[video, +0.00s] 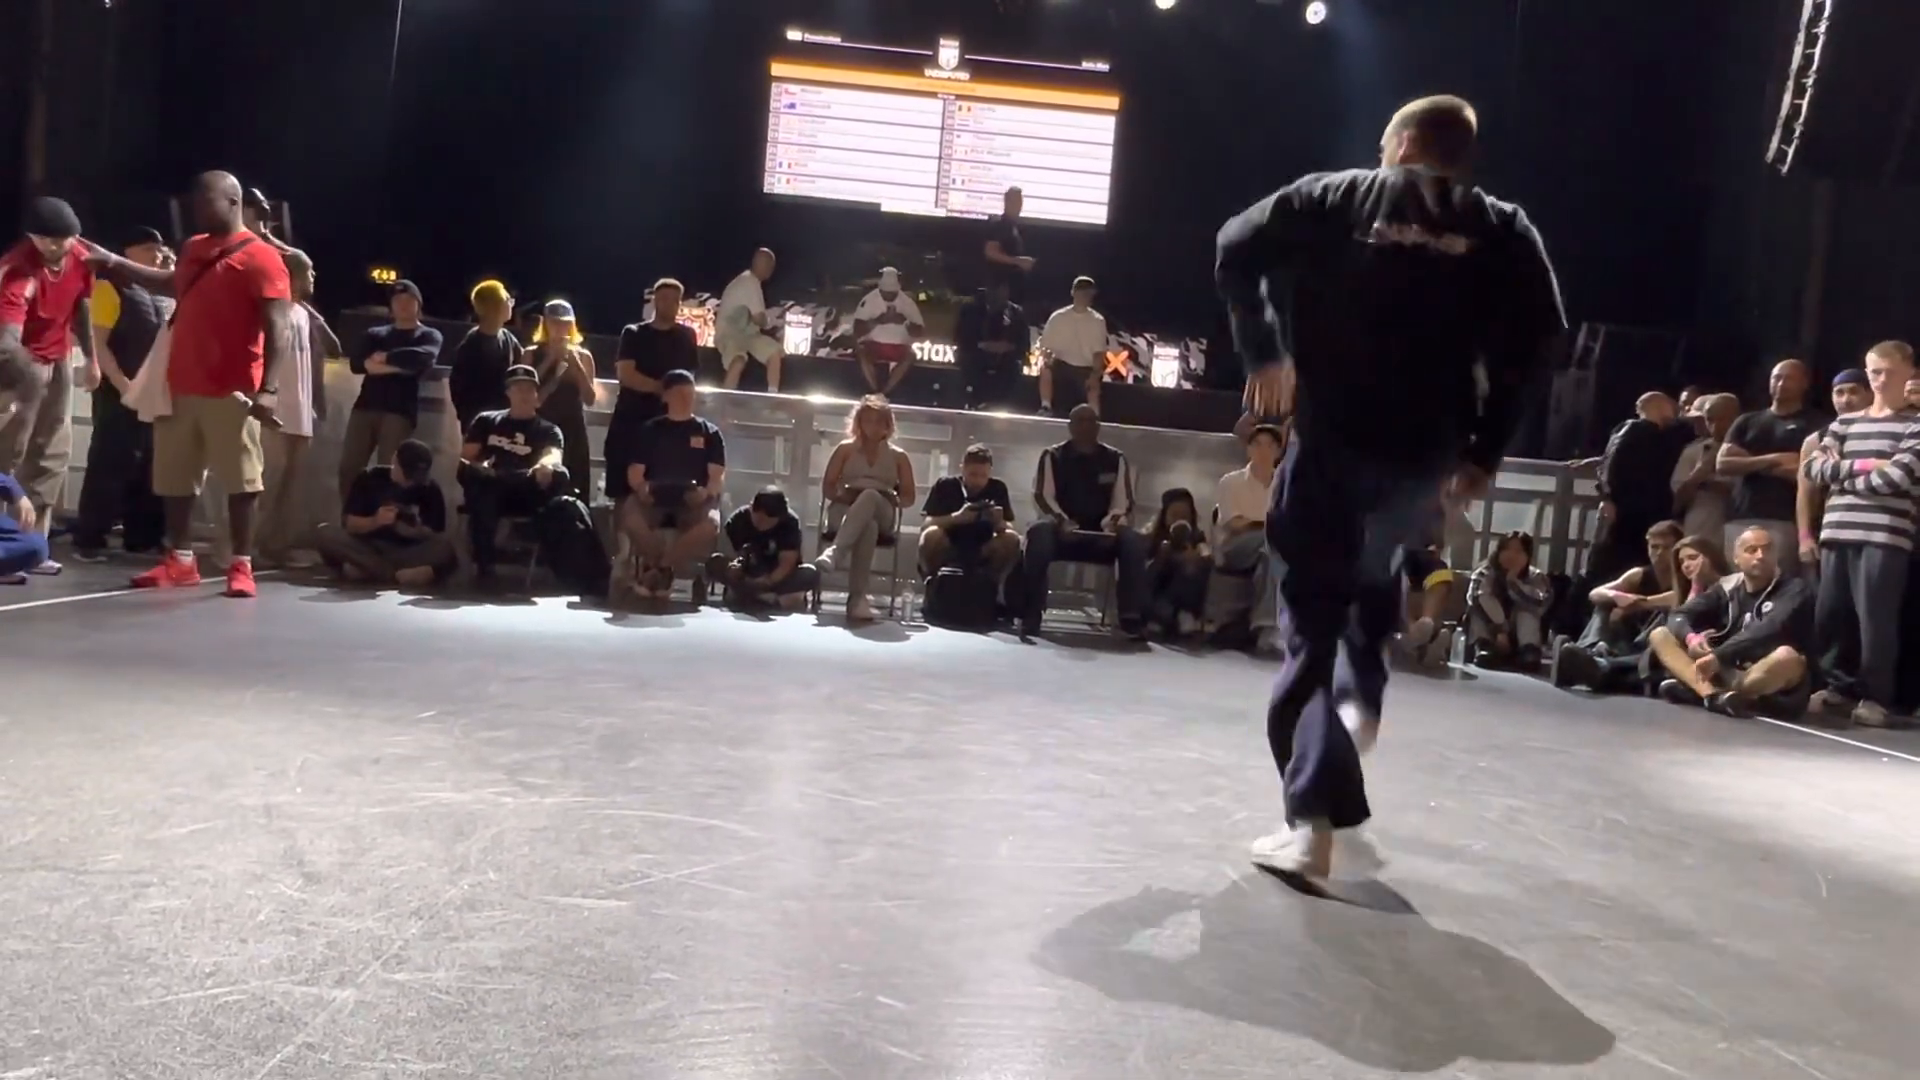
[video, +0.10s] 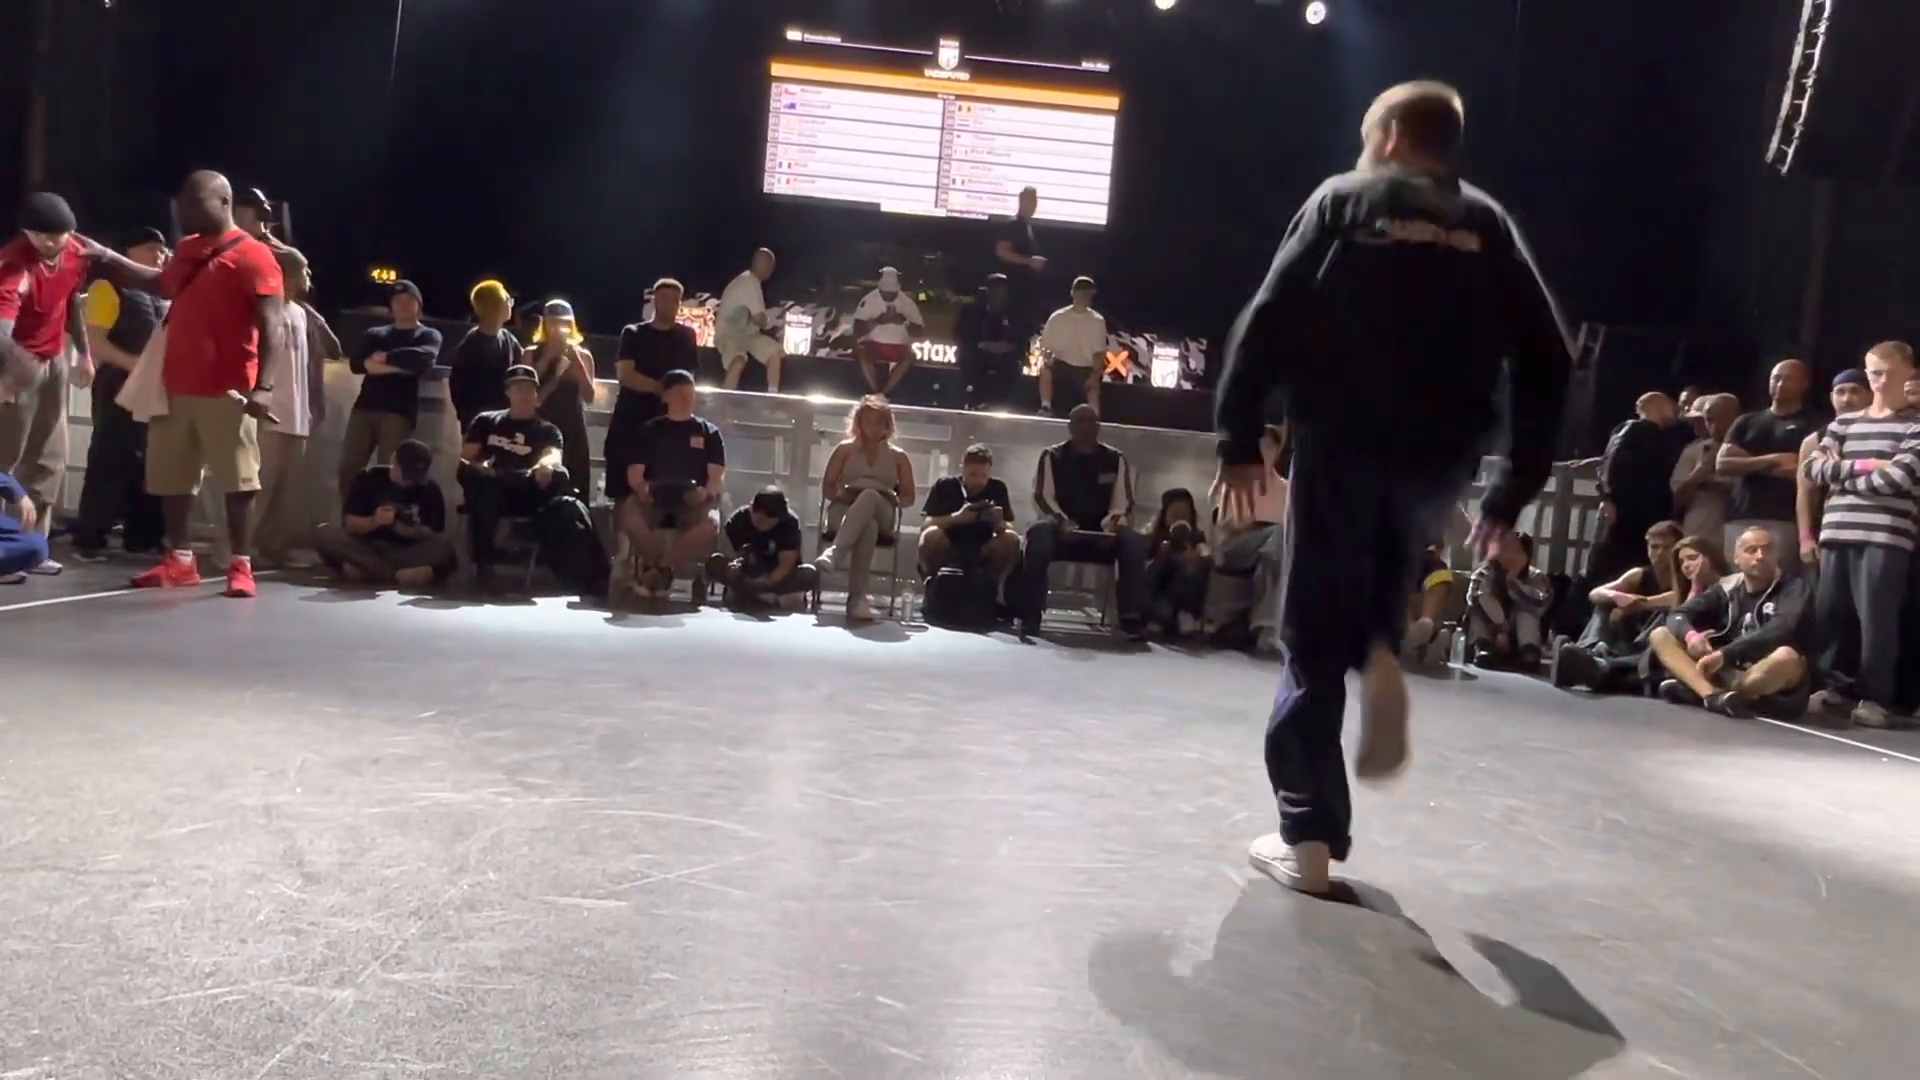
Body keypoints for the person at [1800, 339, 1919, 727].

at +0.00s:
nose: (1877, 380)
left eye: (1886, 373)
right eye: (1873, 373)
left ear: (1909, 375)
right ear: (1866, 375)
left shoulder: (1913, 424)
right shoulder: (1844, 422)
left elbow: (1897, 478)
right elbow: (1813, 467)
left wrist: (1841, 475)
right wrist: (1869, 466)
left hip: (1884, 534)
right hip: (1837, 531)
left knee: (1875, 619)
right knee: (1829, 613)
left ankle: (1875, 699)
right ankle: (1837, 688)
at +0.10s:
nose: (1876, 381)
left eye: (1885, 374)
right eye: (1872, 374)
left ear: (1909, 376)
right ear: (1867, 376)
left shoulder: (1913, 425)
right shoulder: (1844, 422)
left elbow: (1898, 478)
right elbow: (1812, 467)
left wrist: (1841, 474)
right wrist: (1869, 466)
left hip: (1885, 534)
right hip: (1836, 531)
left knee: (1876, 619)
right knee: (1831, 613)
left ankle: (1875, 699)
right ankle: (1837, 689)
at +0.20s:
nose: (1879, 380)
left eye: (1888, 373)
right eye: (1874, 372)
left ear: (1910, 377)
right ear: (1868, 375)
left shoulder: (1912, 425)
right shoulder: (1843, 423)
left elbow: (1900, 479)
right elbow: (1814, 468)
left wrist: (1842, 476)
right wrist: (1869, 466)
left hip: (1885, 534)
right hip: (1836, 532)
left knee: (1875, 618)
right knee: (1832, 613)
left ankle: (1876, 699)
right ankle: (1839, 689)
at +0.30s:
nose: (1879, 379)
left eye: (1888, 372)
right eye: (1875, 371)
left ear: (1911, 376)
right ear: (1868, 375)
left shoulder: (1913, 426)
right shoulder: (1843, 422)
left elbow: (1900, 479)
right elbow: (1813, 468)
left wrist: (1841, 475)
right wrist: (1869, 466)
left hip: (1884, 534)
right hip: (1836, 531)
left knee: (1875, 618)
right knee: (1832, 612)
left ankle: (1876, 699)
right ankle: (1838, 687)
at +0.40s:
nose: (1881, 378)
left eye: (1890, 371)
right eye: (1876, 370)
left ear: (1912, 376)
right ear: (1868, 374)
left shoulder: (1913, 426)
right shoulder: (1842, 423)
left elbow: (1902, 479)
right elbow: (1814, 469)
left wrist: (1842, 476)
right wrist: (1870, 467)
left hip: (1884, 534)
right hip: (1835, 532)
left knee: (1874, 619)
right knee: (1830, 612)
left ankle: (1875, 699)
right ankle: (1837, 687)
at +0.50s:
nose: (1880, 380)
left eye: (1889, 373)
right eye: (1875, 373)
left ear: (1912, 376)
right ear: (1867, 376)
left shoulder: (1913, 426)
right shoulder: (1845, 422)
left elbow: (1902, 480)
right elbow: (1813, 468)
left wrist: (1843, 477)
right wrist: (1869, 467)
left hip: (1885, 534)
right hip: (1836, 532)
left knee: (1875, 618)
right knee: (1831, 612)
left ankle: (1876, 699)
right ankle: (1837, 687)